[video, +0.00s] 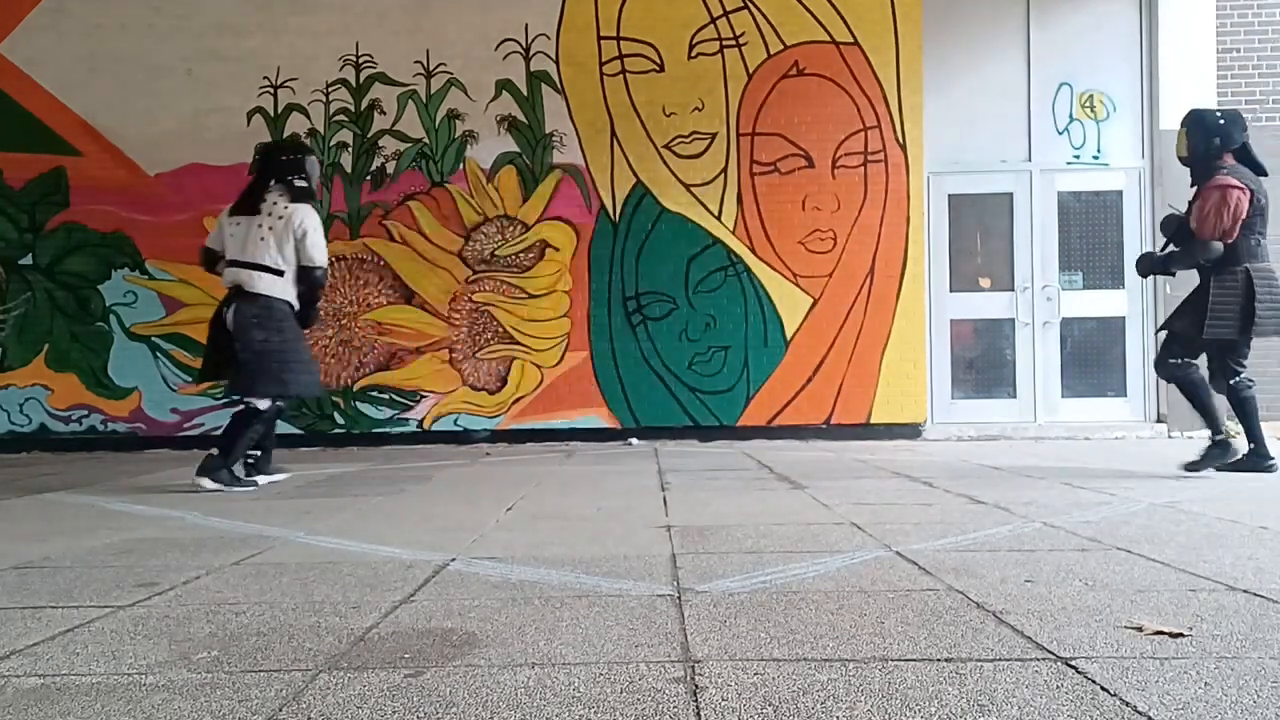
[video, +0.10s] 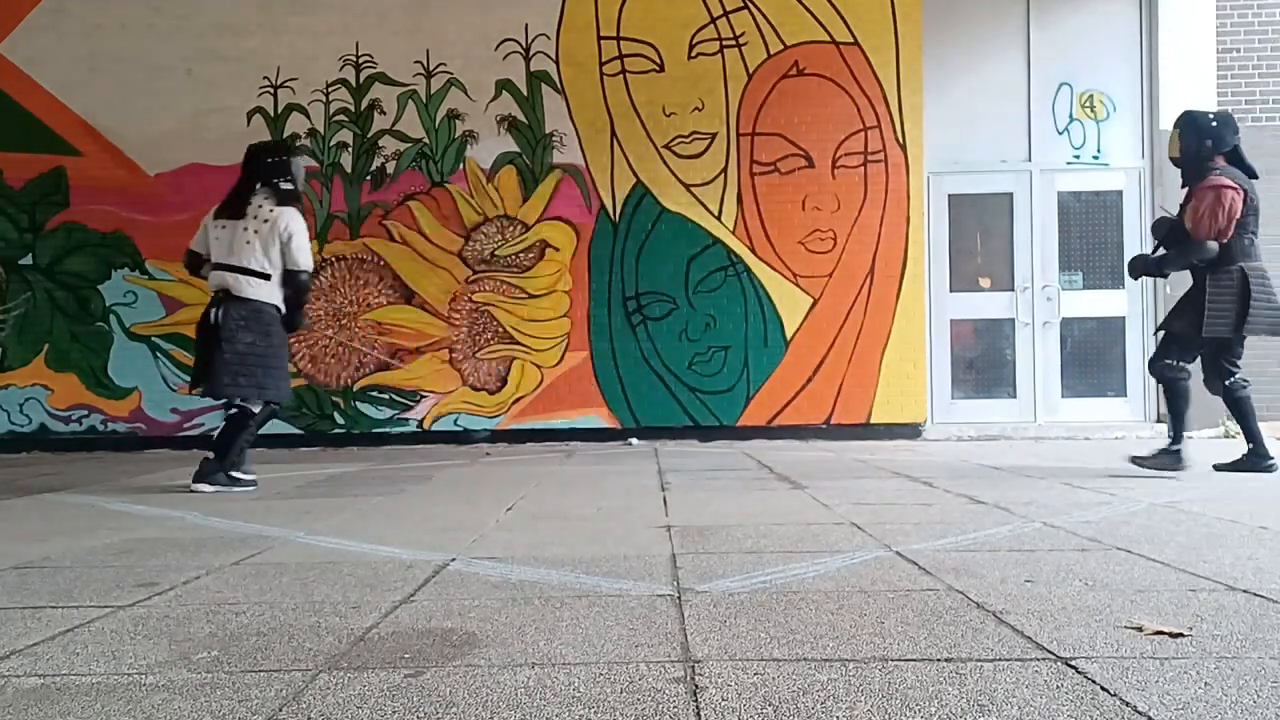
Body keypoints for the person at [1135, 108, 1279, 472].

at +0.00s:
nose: (1183, 147)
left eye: (1190, 140)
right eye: (1183, 139)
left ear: (1212, 143)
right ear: (1225, 145)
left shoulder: (1222, 185)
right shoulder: (1242, 179)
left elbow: (1208, 249)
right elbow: (1227, 239)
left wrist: (1161, 262)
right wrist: (1183, 229)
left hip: (1225, 287)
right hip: (1247, 285)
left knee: (1172, 359)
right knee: (1230, 370)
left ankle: (1220, 439)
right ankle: (1260, 452)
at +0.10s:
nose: (1176, 150)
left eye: (1183, 142)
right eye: (1176, 141)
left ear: (1207, 146)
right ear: (1216, 147)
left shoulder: (1217, 187)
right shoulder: (1228, 180)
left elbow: (1201, 249)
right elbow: (1216, 242)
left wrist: (1153, 264)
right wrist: (1171, 232)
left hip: (1218, 289)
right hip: (1237, 288)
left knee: (1169, 361)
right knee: (1224, 370)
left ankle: (1174, 449)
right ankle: (1259, 451)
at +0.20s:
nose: (1167, 153)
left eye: (1174, 145)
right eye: (1168, 145)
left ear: (1197, 149)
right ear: (1206, 151)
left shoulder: (1207, 189)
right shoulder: (1220, 184)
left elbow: (1186, 248)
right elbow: (1198, 237)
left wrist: (1139, 266)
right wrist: (1162, 233)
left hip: (1209, 292)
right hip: (1229, 291)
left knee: (1167, 369)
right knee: (1215, 376)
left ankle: (1139, 451)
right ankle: (1257, 452)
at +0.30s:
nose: (1157, 157)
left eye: (1163, 150)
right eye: (1157, 149)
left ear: (1187, 153)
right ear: (1195, 155)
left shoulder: (1194, 193)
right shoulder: (1210, 188)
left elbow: (1163, 249)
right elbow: (1189, 241)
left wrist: (1124, 271)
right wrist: (1149, 238)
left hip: (1194, 300)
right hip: (1214, 298)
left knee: (1155, 376)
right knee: (1205, 381)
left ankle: (1127, 457)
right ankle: (1257, 451)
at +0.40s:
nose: (1144, 159)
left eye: (1151, 151)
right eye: (1144, 150)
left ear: (1174, 155)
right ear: (1184, 157)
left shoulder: (1181, 193)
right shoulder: (1196, 190)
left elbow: (1155, 250)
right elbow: (1173, 245)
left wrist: (1115, 272)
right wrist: (1136, 244)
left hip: (1181, 298)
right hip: (1200, 296)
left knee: (1134, 374)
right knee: (1195, 383)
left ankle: (1121, 459)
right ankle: (1254, 448)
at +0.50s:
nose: (1130, 156)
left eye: (1136, 149)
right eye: (1131, 148)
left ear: (1158, 154)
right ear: (1166, 155)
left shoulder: (1169, 195)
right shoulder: (1176, 189)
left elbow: (1152, 254)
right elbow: (1162, 244)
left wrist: (1105, 272)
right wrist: (1126, 242)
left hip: (1168, 297)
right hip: (1180, 296)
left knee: (1116, 373)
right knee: (1177, 383)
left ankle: (1120, 459)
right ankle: (1246, 442)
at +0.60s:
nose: (1119, 156)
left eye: (1124, 149)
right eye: (1119, 148)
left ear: (1147, 153)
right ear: (1155, 153)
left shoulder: (1159, 195)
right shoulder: (1168, 189)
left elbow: (1144, 255)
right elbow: (1151, 240)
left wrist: (1098, 273)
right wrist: (1117, 241)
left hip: (1159, 295)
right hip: (1172, 294)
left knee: (1110, 372)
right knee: (1166, 380)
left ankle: (1119, 458)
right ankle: (1234, 439)